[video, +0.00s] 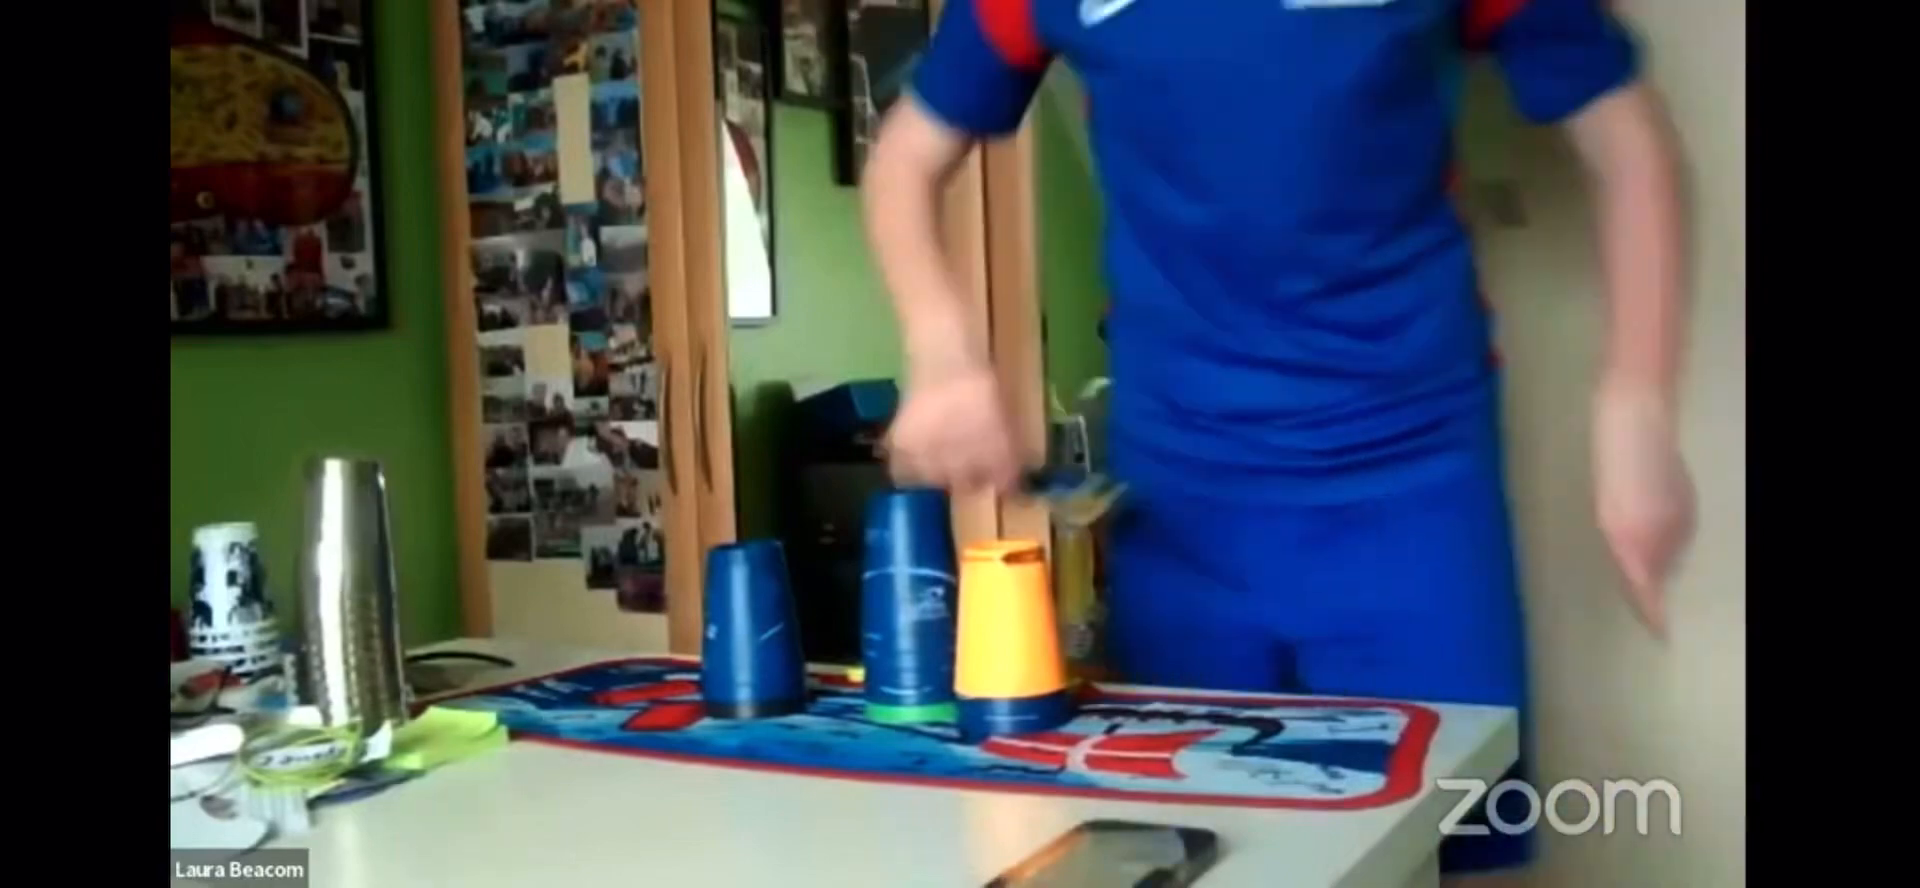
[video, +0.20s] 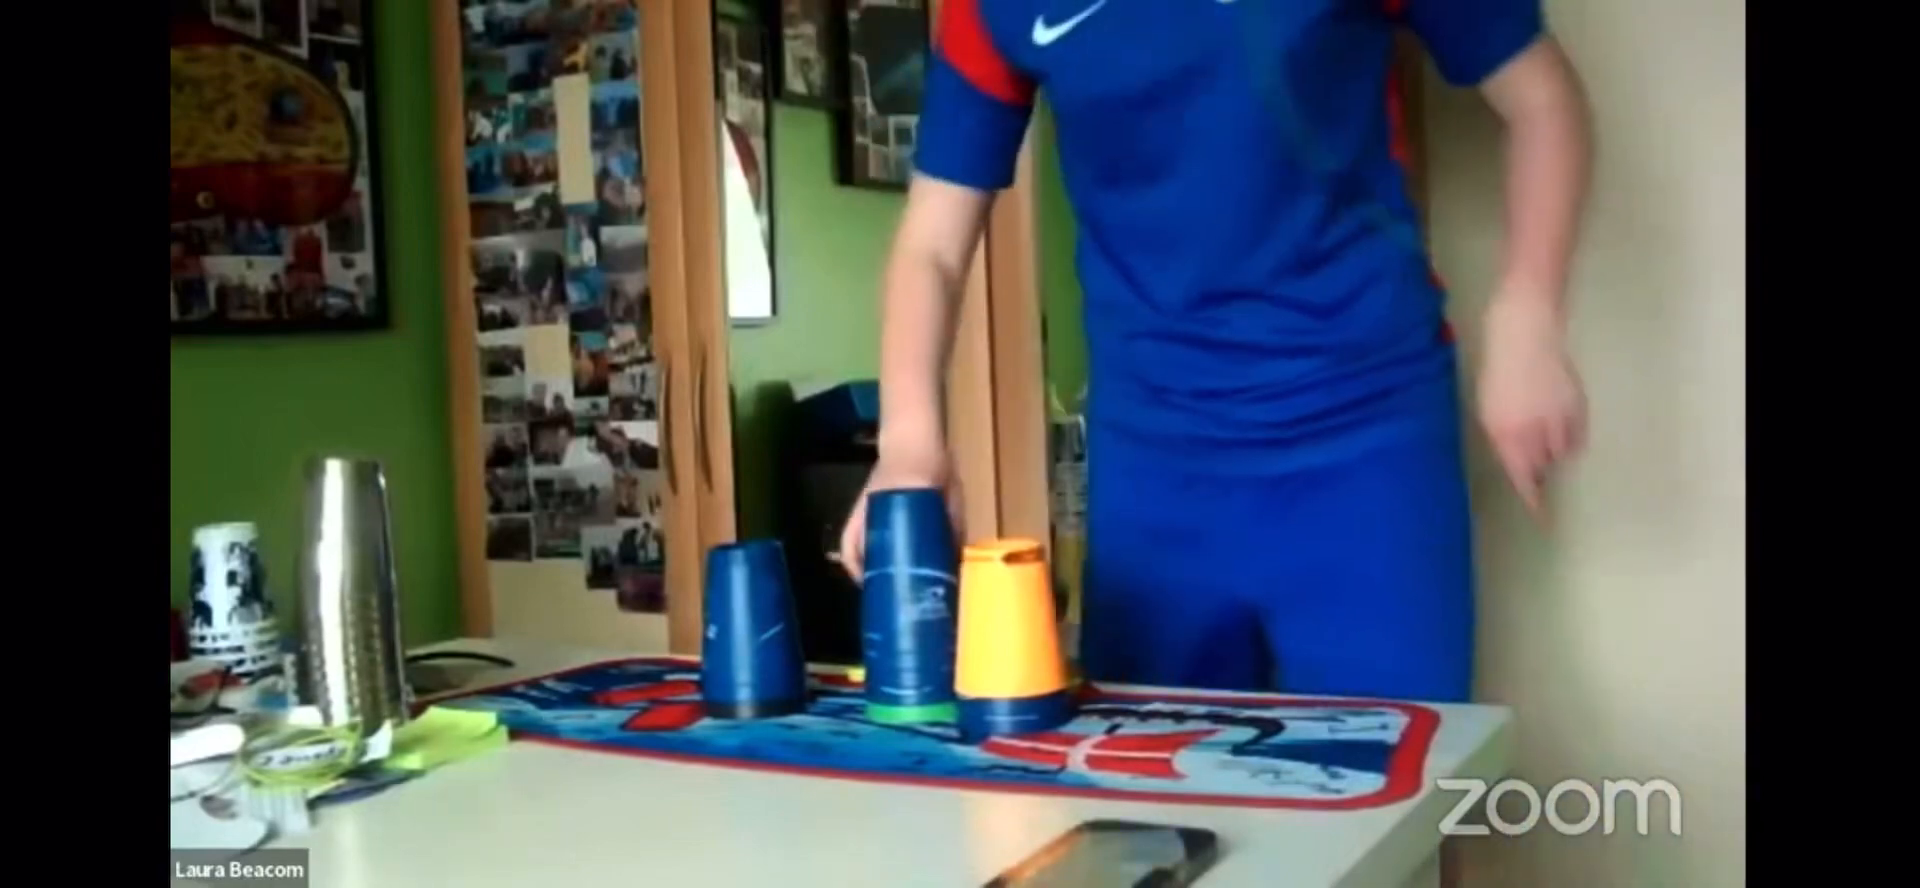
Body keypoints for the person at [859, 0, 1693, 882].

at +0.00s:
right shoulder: (1050, 0)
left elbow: (1628, 139)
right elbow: (900, 162)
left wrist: (1638, 411)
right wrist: (943, 357)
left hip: (1407, 480)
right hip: (1176, 491)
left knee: (1465, 849)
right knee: (1198, 855)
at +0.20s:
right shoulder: (1002, 14)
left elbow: (1544, 100)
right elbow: (929, 251)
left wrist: (1525, 324)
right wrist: (909, 450)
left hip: (1367, 441)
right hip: (1151, 458)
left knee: (1385, 818)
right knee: (1153, 825)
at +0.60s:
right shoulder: (989, 10)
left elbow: (1521, 122)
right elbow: (909, 242)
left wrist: (1529, 336)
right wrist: (952, 311)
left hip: (1361, 441)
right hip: (1144, 455)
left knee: (1369, 820)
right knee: (1161, 821)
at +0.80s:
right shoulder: (1039, 2)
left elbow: (1591, 134)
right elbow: (887, 180)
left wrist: (1614, 387)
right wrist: (915, 280)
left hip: (1414, 459)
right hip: (1176, 467)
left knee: (1433, 842)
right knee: (1197, 842)